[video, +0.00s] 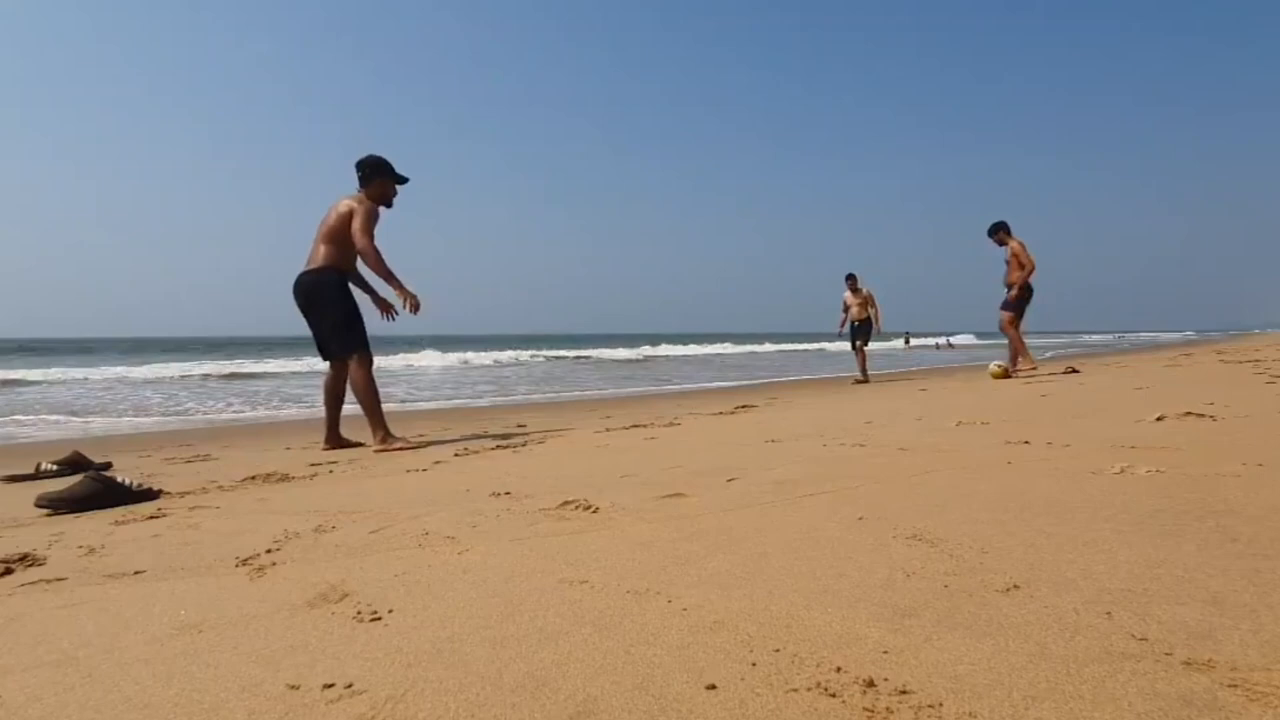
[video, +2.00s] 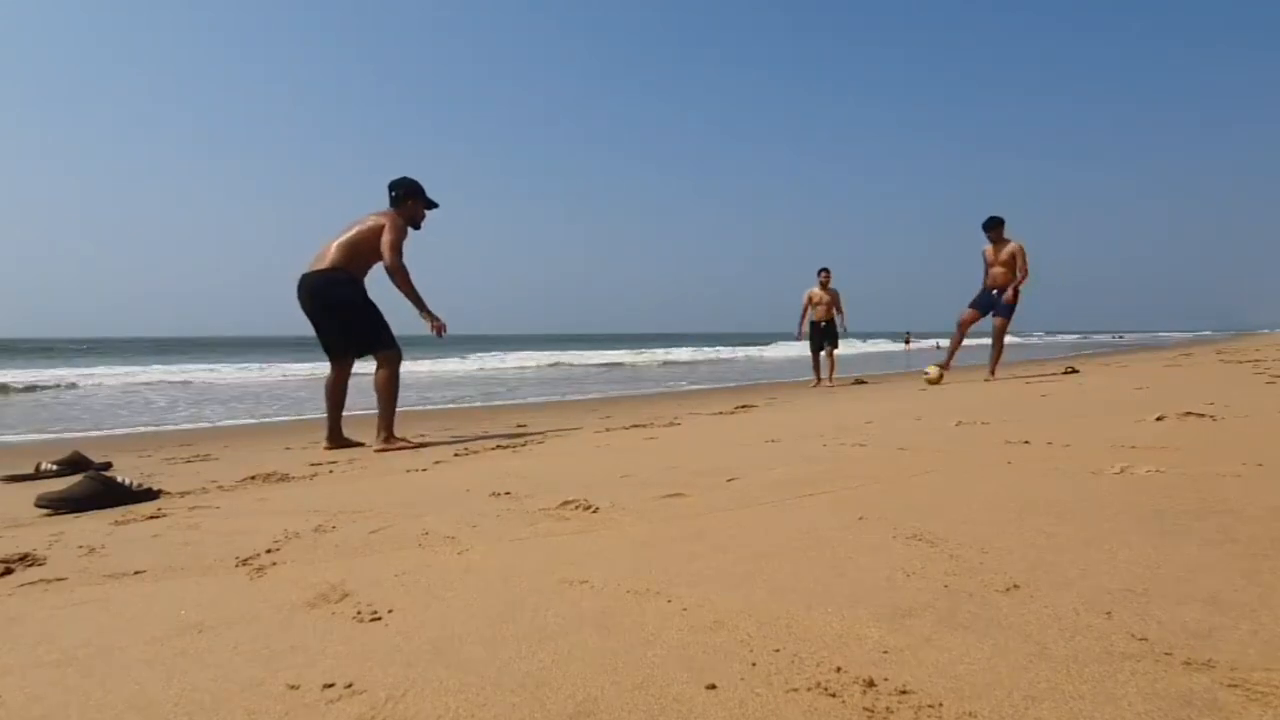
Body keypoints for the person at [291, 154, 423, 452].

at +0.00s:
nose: (395, 191)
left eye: (396, 185)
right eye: (391, 184)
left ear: (366, 184)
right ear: (375, 183)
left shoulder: (344, 207)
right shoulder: (363, 207)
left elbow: (345, 265)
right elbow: (364, 247)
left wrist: (374, 297)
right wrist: (400, 288)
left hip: (309, 284)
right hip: (328, 282)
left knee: (339, 361)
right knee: (360, 358)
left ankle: (332, 435)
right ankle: (382, 435)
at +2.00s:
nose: (424, 214)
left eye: (425, 208)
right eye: (422, 207)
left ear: (400, 203)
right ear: (407, 203)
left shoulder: (373, 221)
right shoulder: (393, 222)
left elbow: (348, 264)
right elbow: (393, 265)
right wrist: (426, 312)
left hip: (311, 284)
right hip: (339, 284)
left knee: (341, 362)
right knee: (389, 357)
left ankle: (334, 435)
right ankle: (385, 435)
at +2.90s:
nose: (395, 205)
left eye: (396, 199)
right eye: (392, 198)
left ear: (370, 194)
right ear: (376, 193)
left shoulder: (347, 213)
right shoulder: (364, 213)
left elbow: (326, 263)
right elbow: (354, 256)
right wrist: (386, 302)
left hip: (292, 282)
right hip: (313, 283)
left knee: (331, 360)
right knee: (360, 357)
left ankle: (323, 436)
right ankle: (349, 437)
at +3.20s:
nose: (403, 194)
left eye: (403, 188)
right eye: (400, 187)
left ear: (377, 184)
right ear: (383, 183)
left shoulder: (351, 206)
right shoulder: (370, 204)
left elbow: (341, 268)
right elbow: (360, 250)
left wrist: (365, 312)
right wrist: (386, 303)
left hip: (302, 282)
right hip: (328, 280)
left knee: (331, 361)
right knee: (371, 357)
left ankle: (324, 436)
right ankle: (351, 438)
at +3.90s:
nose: (407, 180)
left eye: (407, 174)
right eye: (404, 173)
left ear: (381, 171)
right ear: (387, 170)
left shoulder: (359, 194)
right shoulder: (372, 194)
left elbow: (361, 260)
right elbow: (363, 242)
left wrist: (389, 297)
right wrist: (391, 295)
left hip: (322, 276)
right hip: (338, 276)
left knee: (347, 360)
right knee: (368, 357)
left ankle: (326, 438)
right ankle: (348, 438)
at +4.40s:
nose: (425, 188)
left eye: (425, 182)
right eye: (421, 181)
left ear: (401, 180)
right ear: (405, 178)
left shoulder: (382, 205)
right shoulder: (387, 204)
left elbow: (386, 268)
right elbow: (388, 259)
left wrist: (414, 301)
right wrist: (415, 301)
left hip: (362, 286)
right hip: (356, 287)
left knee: (398, 360)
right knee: (386, 361)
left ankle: (392, 433)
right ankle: (350, 435)